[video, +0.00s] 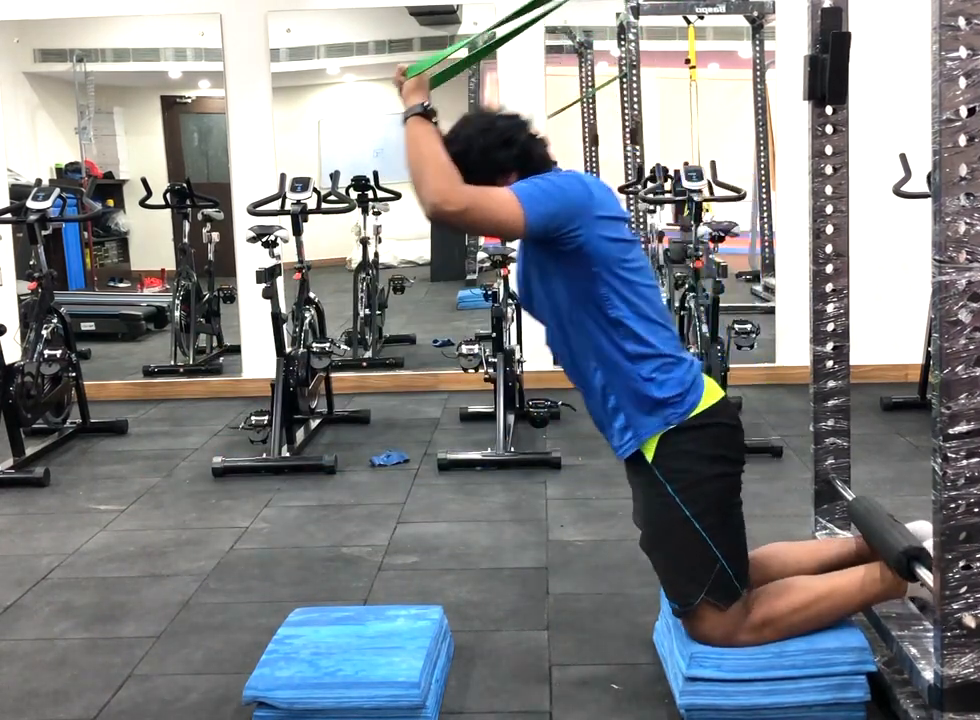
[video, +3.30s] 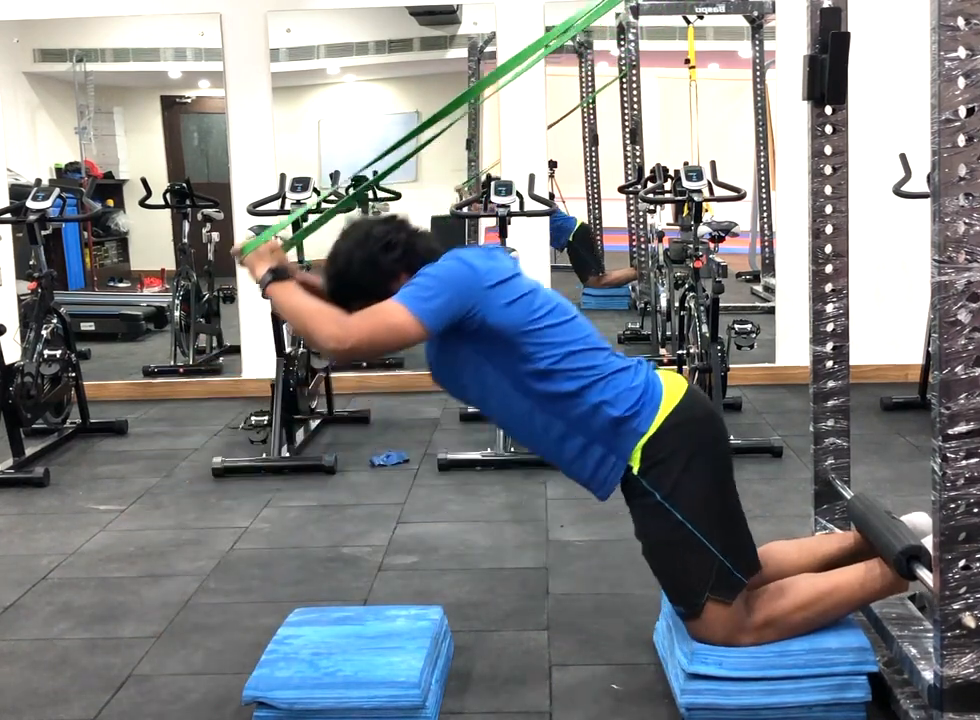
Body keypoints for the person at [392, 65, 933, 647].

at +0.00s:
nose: (477, 203)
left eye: (476, 189)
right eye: (471, 191)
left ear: (501, 176)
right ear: (520, 156)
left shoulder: (571, 196)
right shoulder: (555, 214)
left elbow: (448, 202)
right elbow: (453, 204)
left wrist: (413, 108)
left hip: (680, 431)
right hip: (656, 434)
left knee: (721, 624)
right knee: (709, 583)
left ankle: (900, 579)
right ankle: (865, 544)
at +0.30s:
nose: (381, 265)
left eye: (378, 252)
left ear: (399, 241)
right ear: (426, 214)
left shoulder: (484, 236)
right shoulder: (472, 253)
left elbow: (360, 265)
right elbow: (370, 267)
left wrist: (352, 175)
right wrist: (358, 181)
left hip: (643, 440)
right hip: (632, 440)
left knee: (718, 627)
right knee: (715, 586)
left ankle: (902, 574)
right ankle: (870, 540)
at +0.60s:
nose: (310, 357)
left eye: (309, 343)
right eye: (306, 342)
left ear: (329, 321)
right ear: (345, 304)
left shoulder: (404, 314)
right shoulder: (406, 311)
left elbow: (280, 366)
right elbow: (295, 365)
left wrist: (270, 272)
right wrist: (282, 273)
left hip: (615, 465)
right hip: (613, 449)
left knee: (726, 630)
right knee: (712, 586)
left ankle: (904, 568)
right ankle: (867, 538)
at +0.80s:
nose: (280, 425)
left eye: (275, 411)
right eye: (274, 412)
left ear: (294, 393)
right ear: (305, 355)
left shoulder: (361, 371)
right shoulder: (365, 361)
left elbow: (240, 448)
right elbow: (262, 441)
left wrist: (216, 358)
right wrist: (234, 358)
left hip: (593, 470)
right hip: (594, 448)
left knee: (725, 633)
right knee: (715, 586)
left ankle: (901, 570)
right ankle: (863, 538)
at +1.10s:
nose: (247, 517)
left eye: (235, 502)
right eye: (235, 501)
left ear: (253, 466)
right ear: (266, 435)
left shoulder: (314, 454)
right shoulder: (333, 430)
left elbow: (209, 548)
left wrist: (168, 470)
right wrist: (198, 461)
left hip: (564, 505)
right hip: (573, 463)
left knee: (726, 624)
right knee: (713, 579)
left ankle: (897, 568)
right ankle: (857, 534)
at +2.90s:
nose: (307, 425)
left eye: (302, 413)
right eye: (302, 415)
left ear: (316, 382)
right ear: (331, 350)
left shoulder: (379, 362)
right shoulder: (389, 355)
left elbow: (267, 450)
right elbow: (287, 447)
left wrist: (201, 397)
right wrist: (223, 400)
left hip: (616, 458)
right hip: (605, 463)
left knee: (730, 624)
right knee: (705, 601)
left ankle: (909, 565)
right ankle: (865, 535)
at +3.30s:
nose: (362, 316)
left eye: (362, 303)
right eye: (360, 304)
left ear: (385, 285)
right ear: (400, 270)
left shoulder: (458, 277)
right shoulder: (456, 281)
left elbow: (339, 336)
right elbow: (345, 338)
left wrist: (269, 278)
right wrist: (282, 285)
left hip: (658, 437)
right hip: (657, 428)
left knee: (726, 623)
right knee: (720, 579)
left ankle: (910, 572)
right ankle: (865, 539)